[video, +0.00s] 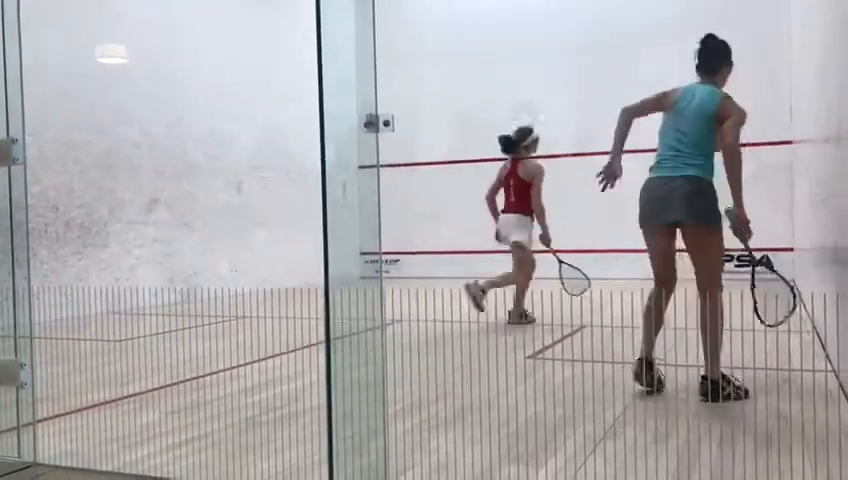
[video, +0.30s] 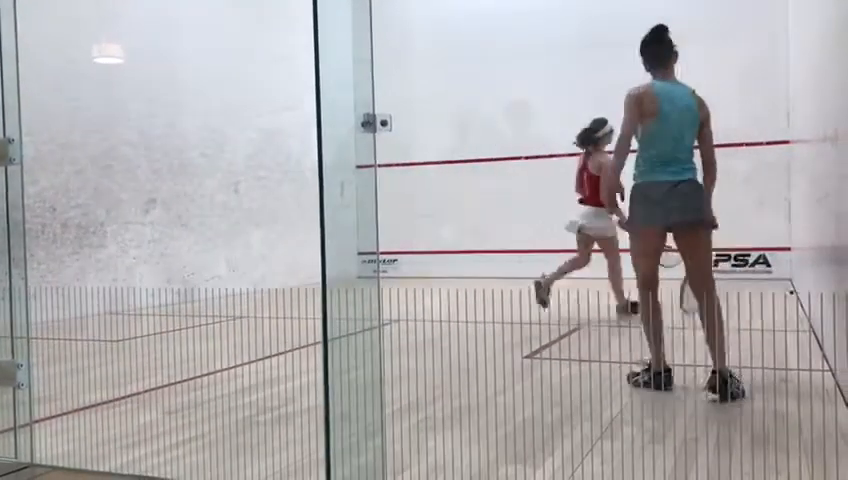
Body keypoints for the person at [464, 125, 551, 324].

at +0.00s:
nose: (536, 147)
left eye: (536, 143)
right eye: (535, 143)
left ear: (517, 146)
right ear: (529, 146)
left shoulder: (507, 166)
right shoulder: (535, 168)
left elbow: (490, 196)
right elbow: (536, 204)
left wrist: (498, 222)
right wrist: (545, 230)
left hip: (506, 220)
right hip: (521, 221)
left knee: (529, 266)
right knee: (521, 273)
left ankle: (518, 310)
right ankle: (481, 287)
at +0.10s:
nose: (561, 138)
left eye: (560, 134)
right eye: (558, 135)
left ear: (542, 137)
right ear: (552, 138)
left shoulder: (534, 160)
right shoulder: (556, 161)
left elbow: (522, 190)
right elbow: (555, 195)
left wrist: (534, 208)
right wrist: (567, 221)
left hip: (530, 212)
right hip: (547, 214)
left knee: (537, 262)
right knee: (559, 263)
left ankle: (520, 302)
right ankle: (530, 296)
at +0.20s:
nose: (587, 130)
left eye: (586, 127)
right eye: (584, 128)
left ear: (567, 131)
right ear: (578, 131)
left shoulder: (561, 152)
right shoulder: (580, 153)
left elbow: (552, 182)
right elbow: (577, 188)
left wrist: (570, 194)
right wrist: (592, 211)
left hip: (558, 205)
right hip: (575, 207)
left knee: (554, 254)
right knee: (584, 257)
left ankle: (527, 293)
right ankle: (587, 303)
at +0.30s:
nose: (611, 137)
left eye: (610, 134)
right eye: (608, 135)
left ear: (591, 139)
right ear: (602, 139)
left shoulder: (585, 158)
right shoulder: (605, 161)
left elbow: (580, 186)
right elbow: (610, 196)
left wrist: (618, 186)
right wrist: (622, 216)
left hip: (585, 214)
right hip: (601, 216)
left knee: (582, 259)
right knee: (614, 260)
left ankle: (547, 281)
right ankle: (622, 302)